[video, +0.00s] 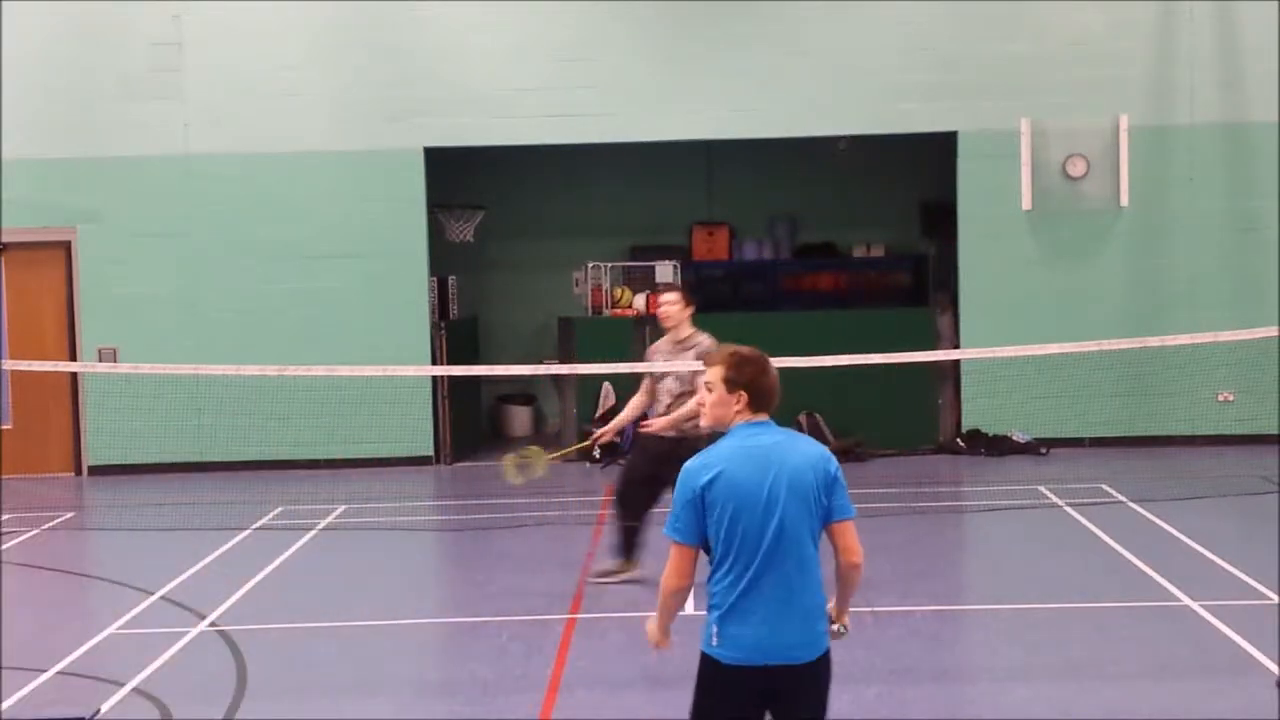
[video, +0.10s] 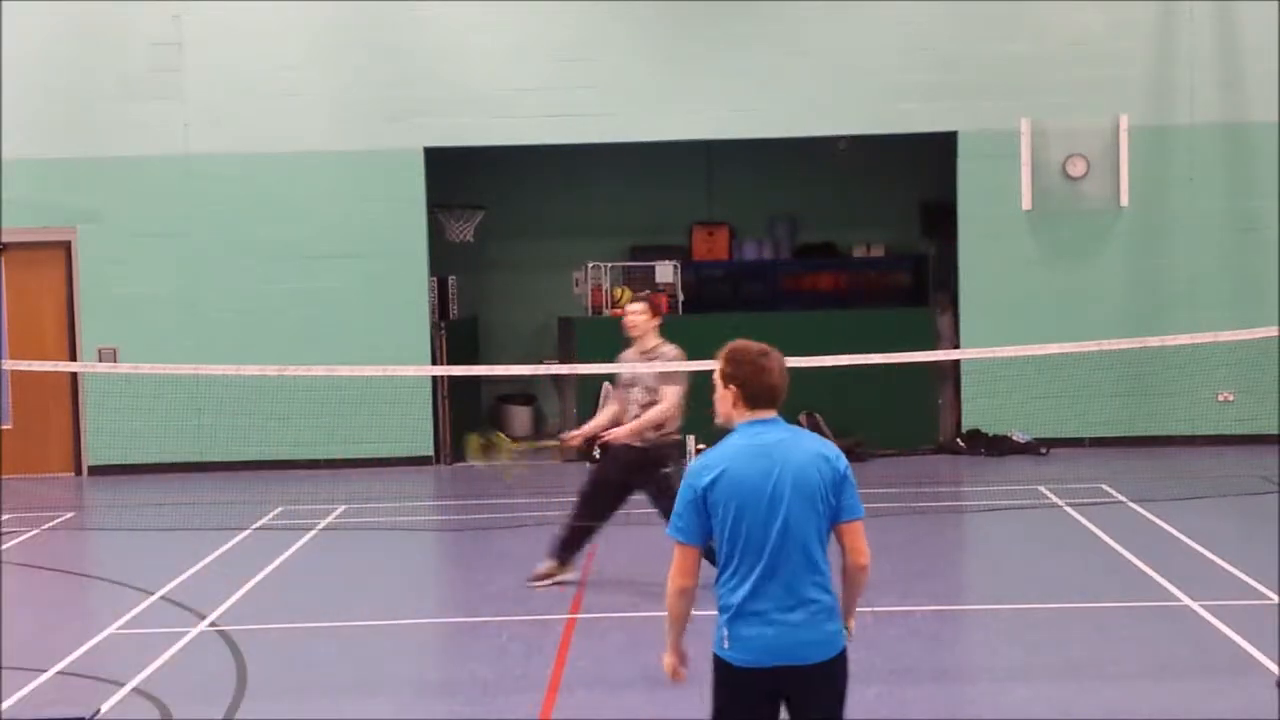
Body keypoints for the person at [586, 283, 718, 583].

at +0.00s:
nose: (663, 310)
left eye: (670, 305)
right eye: (660, 305)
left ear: (688, 309)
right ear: (657, 311)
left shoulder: (705, 346)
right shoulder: (657, 349)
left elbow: (707, 396)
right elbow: (644, 395)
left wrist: (669, 420)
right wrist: (613, 427)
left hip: (694, 440)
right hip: (655, 439)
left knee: (704, 502)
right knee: (630, 494)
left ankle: (723, 562)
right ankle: (626, 562)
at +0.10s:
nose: (629, 320)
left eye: (637, 314)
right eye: (627, 315)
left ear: (655, 319)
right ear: (623, 319)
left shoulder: (671, 357)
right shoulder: (626, 358)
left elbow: (670, 407)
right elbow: (616, 406)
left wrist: (624, 431)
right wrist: (584, 432)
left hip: (659, 450)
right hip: (623, 448)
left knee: (681, 515)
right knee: (593, 504)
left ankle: (730, 561)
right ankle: (560, 561)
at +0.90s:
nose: (583, 266)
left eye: (591, 267)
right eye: (587, 264)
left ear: (596, 284)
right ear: (581, 279)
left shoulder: (589, 310)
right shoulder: (553, 301)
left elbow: (582, 332)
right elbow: (534, 322)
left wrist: (548, 316)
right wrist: (540, 316)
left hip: (561, 389)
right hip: (534, 385)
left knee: (553, 462)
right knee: (524, 452)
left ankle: (542, 536)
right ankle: (550, 515)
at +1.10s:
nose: (584, 283)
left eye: (591, 282)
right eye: (586, 280)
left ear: (602, 297)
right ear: (589, 293)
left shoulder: (596, 329)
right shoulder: (576, 310)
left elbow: (570, 359)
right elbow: (560, 280)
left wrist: (538, 353)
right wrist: (545, 255)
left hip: (581, 406)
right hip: (567, 403)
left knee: (554, 458)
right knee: (581, 464)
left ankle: (535, 522)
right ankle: (599, 524)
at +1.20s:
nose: (585, 297)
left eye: (593, 295)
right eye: (587, 292)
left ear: (605, 307)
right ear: (584, 298)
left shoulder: (602, 344)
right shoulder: (580, 322)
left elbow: (580, 384)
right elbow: (559, 308)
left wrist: (550, 372)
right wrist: (537, 295)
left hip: (594, 417)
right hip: (575, 412)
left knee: (552, 467)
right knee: (586, 472)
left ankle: (553, 536)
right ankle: (603, 529)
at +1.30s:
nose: (589, 297)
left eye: (596, 293)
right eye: (588, 292)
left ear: (609, 304)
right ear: (584, 297)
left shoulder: (610, 341)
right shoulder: (585, 327)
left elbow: (597, 385)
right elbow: (560, 330)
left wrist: (559, 390)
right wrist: (534, 330)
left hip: (599, 415)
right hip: (585, 411)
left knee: (558, 467)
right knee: (587, 467)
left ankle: (586, 525)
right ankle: (605, 528)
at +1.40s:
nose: (593, 295)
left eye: (600, 292)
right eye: (591, 289)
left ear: (611, 300)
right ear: (587, 294)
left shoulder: (613, 335)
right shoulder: (593, 326)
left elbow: (609, 382)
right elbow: (576, 343)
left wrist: (570, 402)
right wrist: (544, 354)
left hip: (605, 410)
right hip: (590, 407)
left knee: (571, 467)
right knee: (592, 466)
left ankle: (613, 513)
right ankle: (605, 526)